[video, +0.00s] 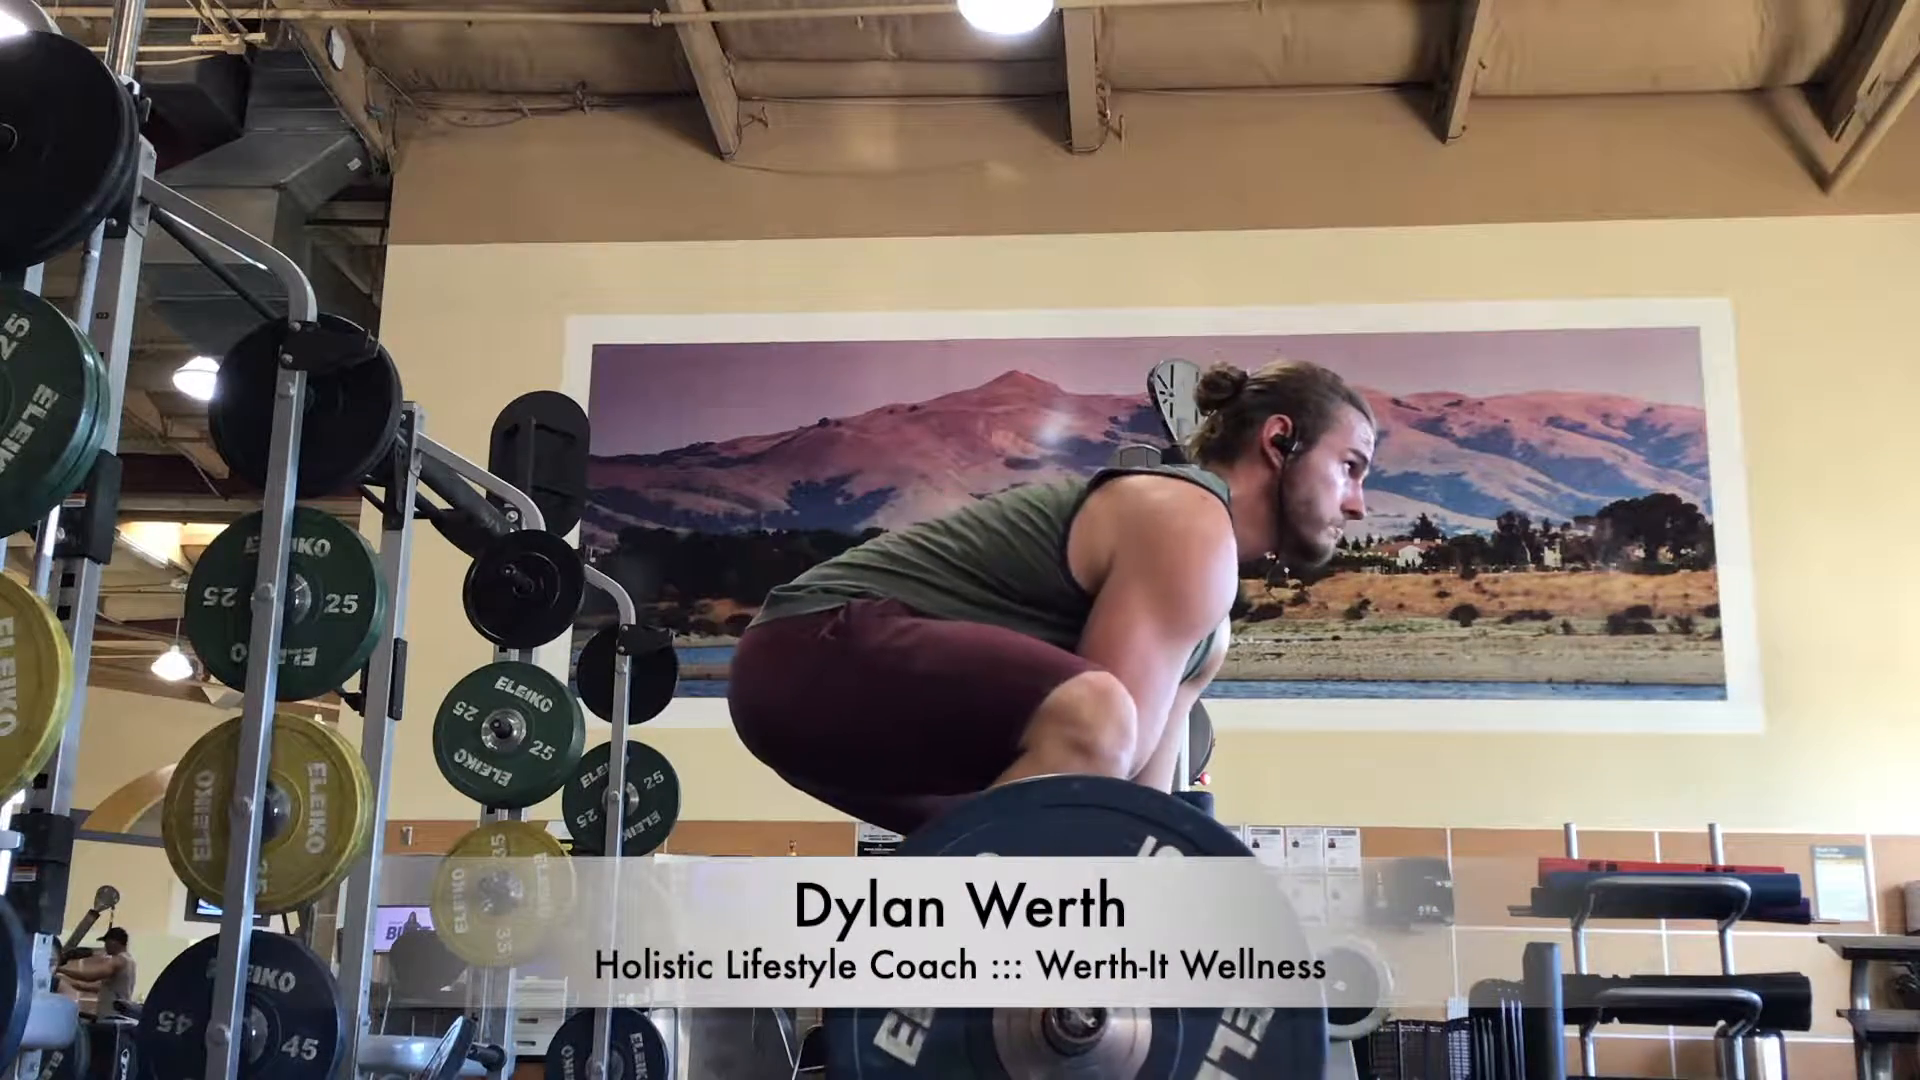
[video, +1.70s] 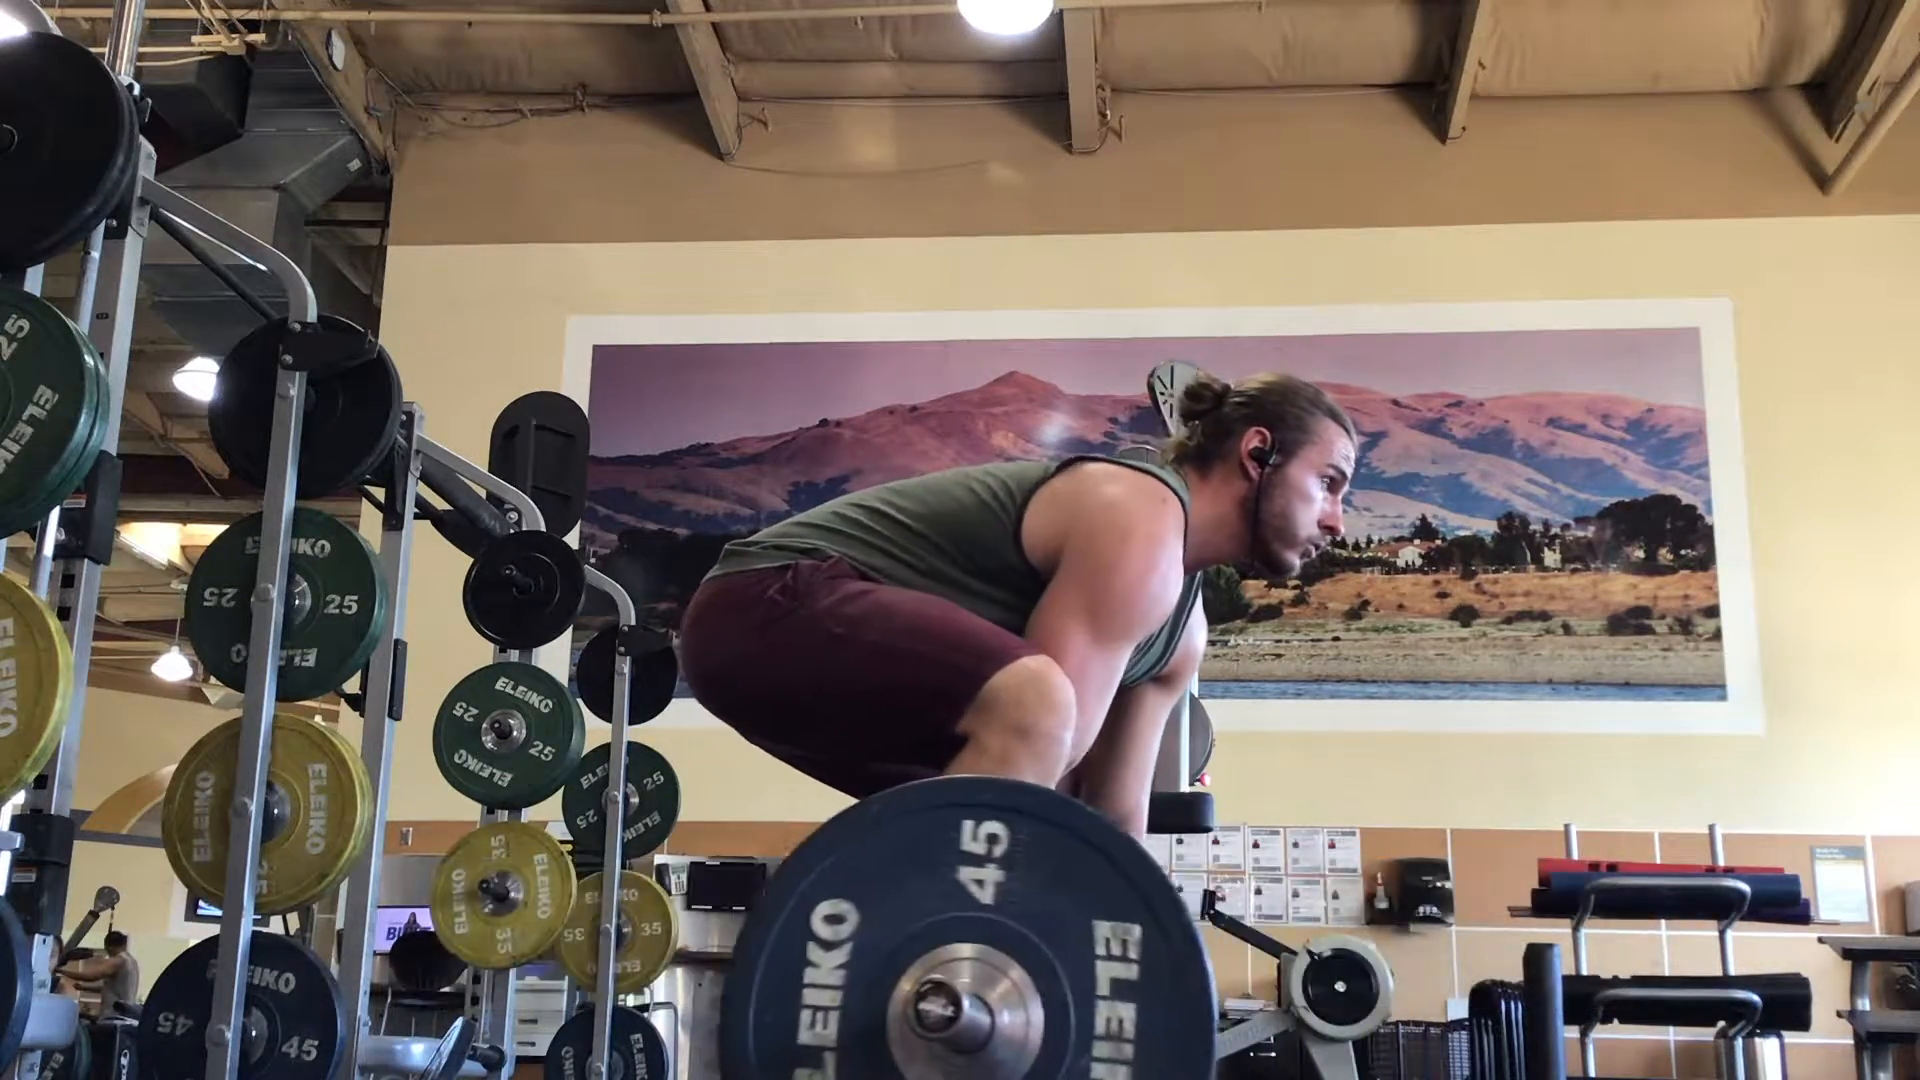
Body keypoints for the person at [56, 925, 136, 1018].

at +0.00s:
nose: (105, 946)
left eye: (107, 942)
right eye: (105, 942)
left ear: (114, 942)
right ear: (119, 943)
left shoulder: (119, 960)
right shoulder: (128, 961)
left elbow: (87, 976)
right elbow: (105, 988)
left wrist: (61, 970)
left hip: (108, 1017)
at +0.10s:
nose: (104, 946)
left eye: (106, 942)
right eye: (104, 943)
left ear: (113, 943)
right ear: (120, 943)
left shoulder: (118, 961)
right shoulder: (128, 961)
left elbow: (87, 977)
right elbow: (118, 988)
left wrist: (61, 970)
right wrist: (94, 989)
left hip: (108, 1017)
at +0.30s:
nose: (103, 947)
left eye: (104, 944)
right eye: (103, 944)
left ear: (111, 943)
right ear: (122, 943)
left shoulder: (117, 961)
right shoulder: (128, 961)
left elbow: (88, 977)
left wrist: (61, 971)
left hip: (107, 1018)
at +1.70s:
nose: (107, 950)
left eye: (107, 947)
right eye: (106, 947)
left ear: (110, 946)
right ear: (123, 944)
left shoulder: (119, 961)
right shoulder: (131, 962)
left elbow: (89, 977)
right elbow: (110, 988)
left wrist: (60, 971)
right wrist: (83, 987)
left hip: (111, 1018)